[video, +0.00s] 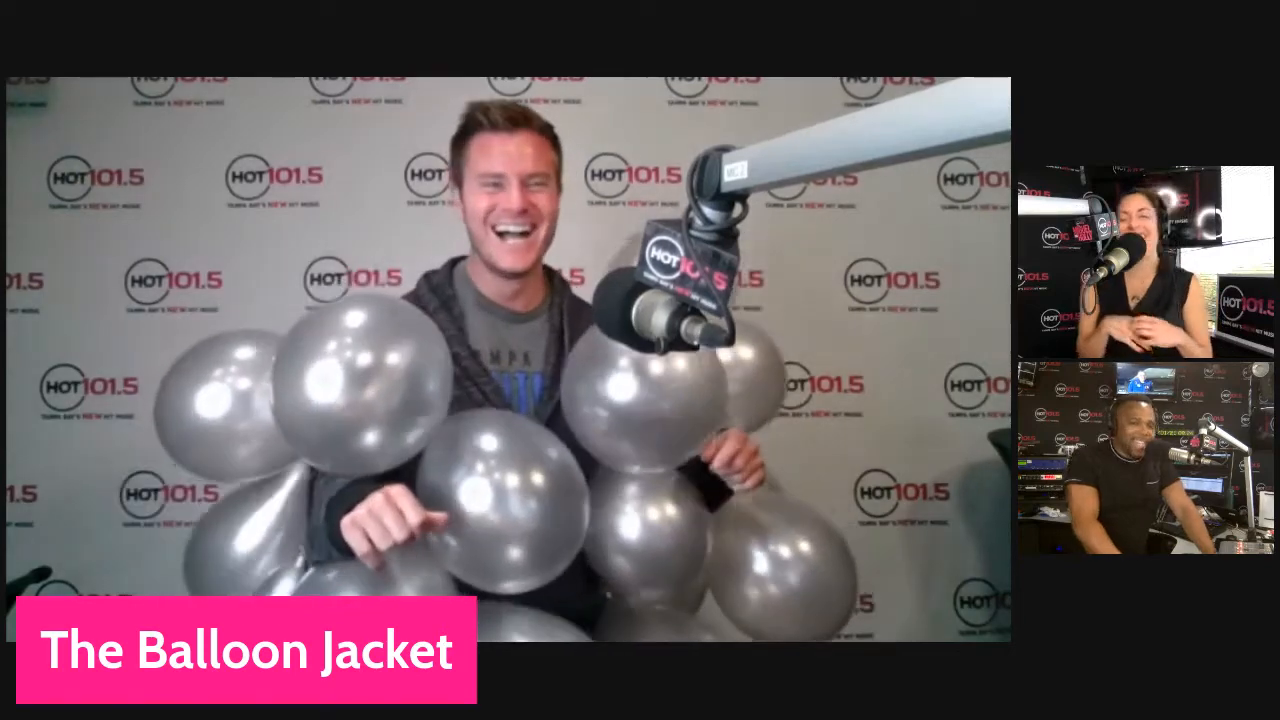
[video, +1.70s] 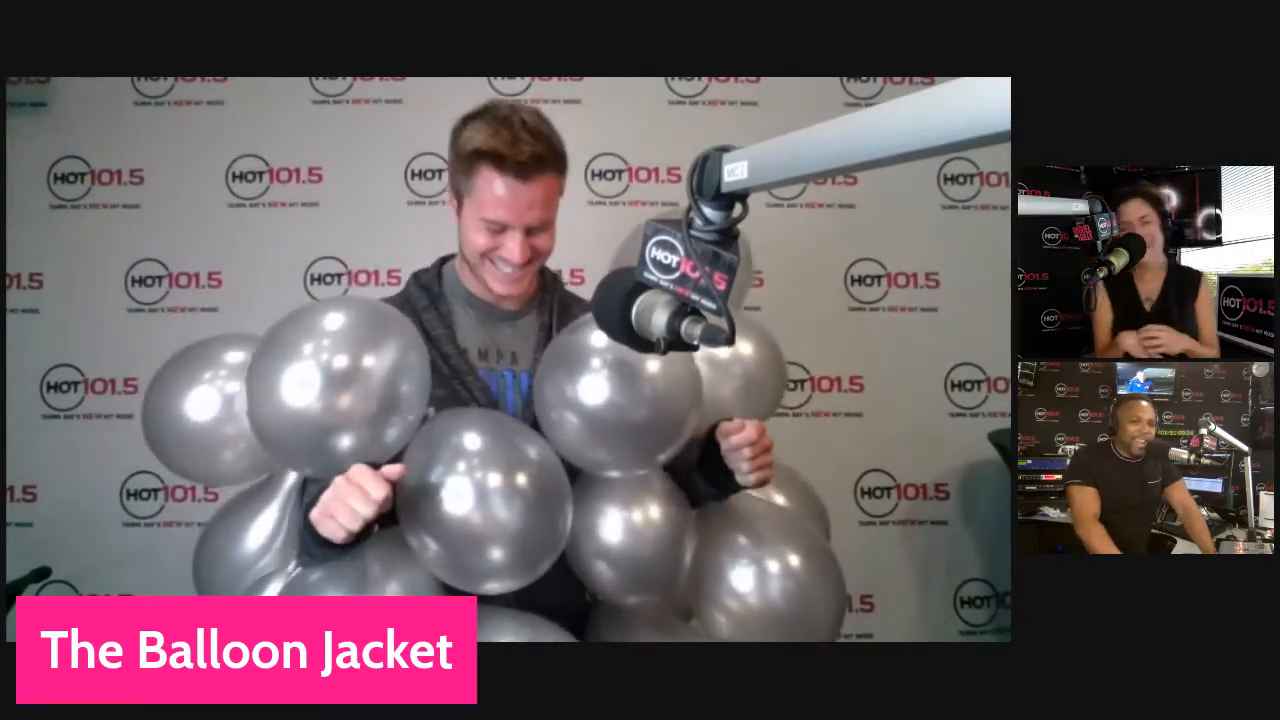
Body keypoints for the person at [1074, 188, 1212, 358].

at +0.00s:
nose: (1133, 225)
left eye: (1143, 216)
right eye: (1123, 218)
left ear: (1160, 224)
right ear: (1116, 228)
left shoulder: (1186, 284)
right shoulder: (1098, 285)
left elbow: (1206, 358)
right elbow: (1086, 356)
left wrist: (1180, 337)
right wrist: (1106, 325)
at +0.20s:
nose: (1124, 228)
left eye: (1134, 218)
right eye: (1115, 221)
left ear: (1152, 226)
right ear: (1107, 230)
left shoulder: (1178, 284)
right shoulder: (1090, 281)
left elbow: (1191, 356)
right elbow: (1078, 352)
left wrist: (1157, 331)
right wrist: (1110, 332)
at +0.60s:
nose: (1101, 230)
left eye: (1107, 220)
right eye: (1096, 221)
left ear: (1128, 223)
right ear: (1088, 225)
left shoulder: (1160, 281)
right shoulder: (1077, 282)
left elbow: (1178, 353)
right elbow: (1066, 354)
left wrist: (1153, 333)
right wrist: (1090, 330)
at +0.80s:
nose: (1087, 244)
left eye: (1096, 232)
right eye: (1080, 233)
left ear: (1115, 234)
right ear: (1074, 238)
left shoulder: (1155, 285)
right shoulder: (1070, 287)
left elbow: (1168, 353)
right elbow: (1064, 353)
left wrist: (1137, 334)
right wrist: (1096, 337)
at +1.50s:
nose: (1109, 239)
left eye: (1116, 229)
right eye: (1102, 230)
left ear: (1135, 227)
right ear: (1093, 236)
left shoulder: (1171, 281)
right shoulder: (1087, 287)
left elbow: (1188, 352)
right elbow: (1083, 356)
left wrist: (1156, 341)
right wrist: (1108, 345)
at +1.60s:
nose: (1124, 237)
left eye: (1131, 226)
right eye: (1114, 230)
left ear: (1148, 228)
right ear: (1104, 240)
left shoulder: (1182, 283)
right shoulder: (1097, 286)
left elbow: (1199, 353)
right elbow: (1091, 357)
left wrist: (1171, 342)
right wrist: (1111, 343)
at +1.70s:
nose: (1137, 233)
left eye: (1145, 222)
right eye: (1126, 227)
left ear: (1163, 225)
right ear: (1118, 235)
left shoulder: (1194, 283)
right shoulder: (1106, 287)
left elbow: (1213, 354)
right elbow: (1101, 357)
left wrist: (1185, 343)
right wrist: (1121, 342)